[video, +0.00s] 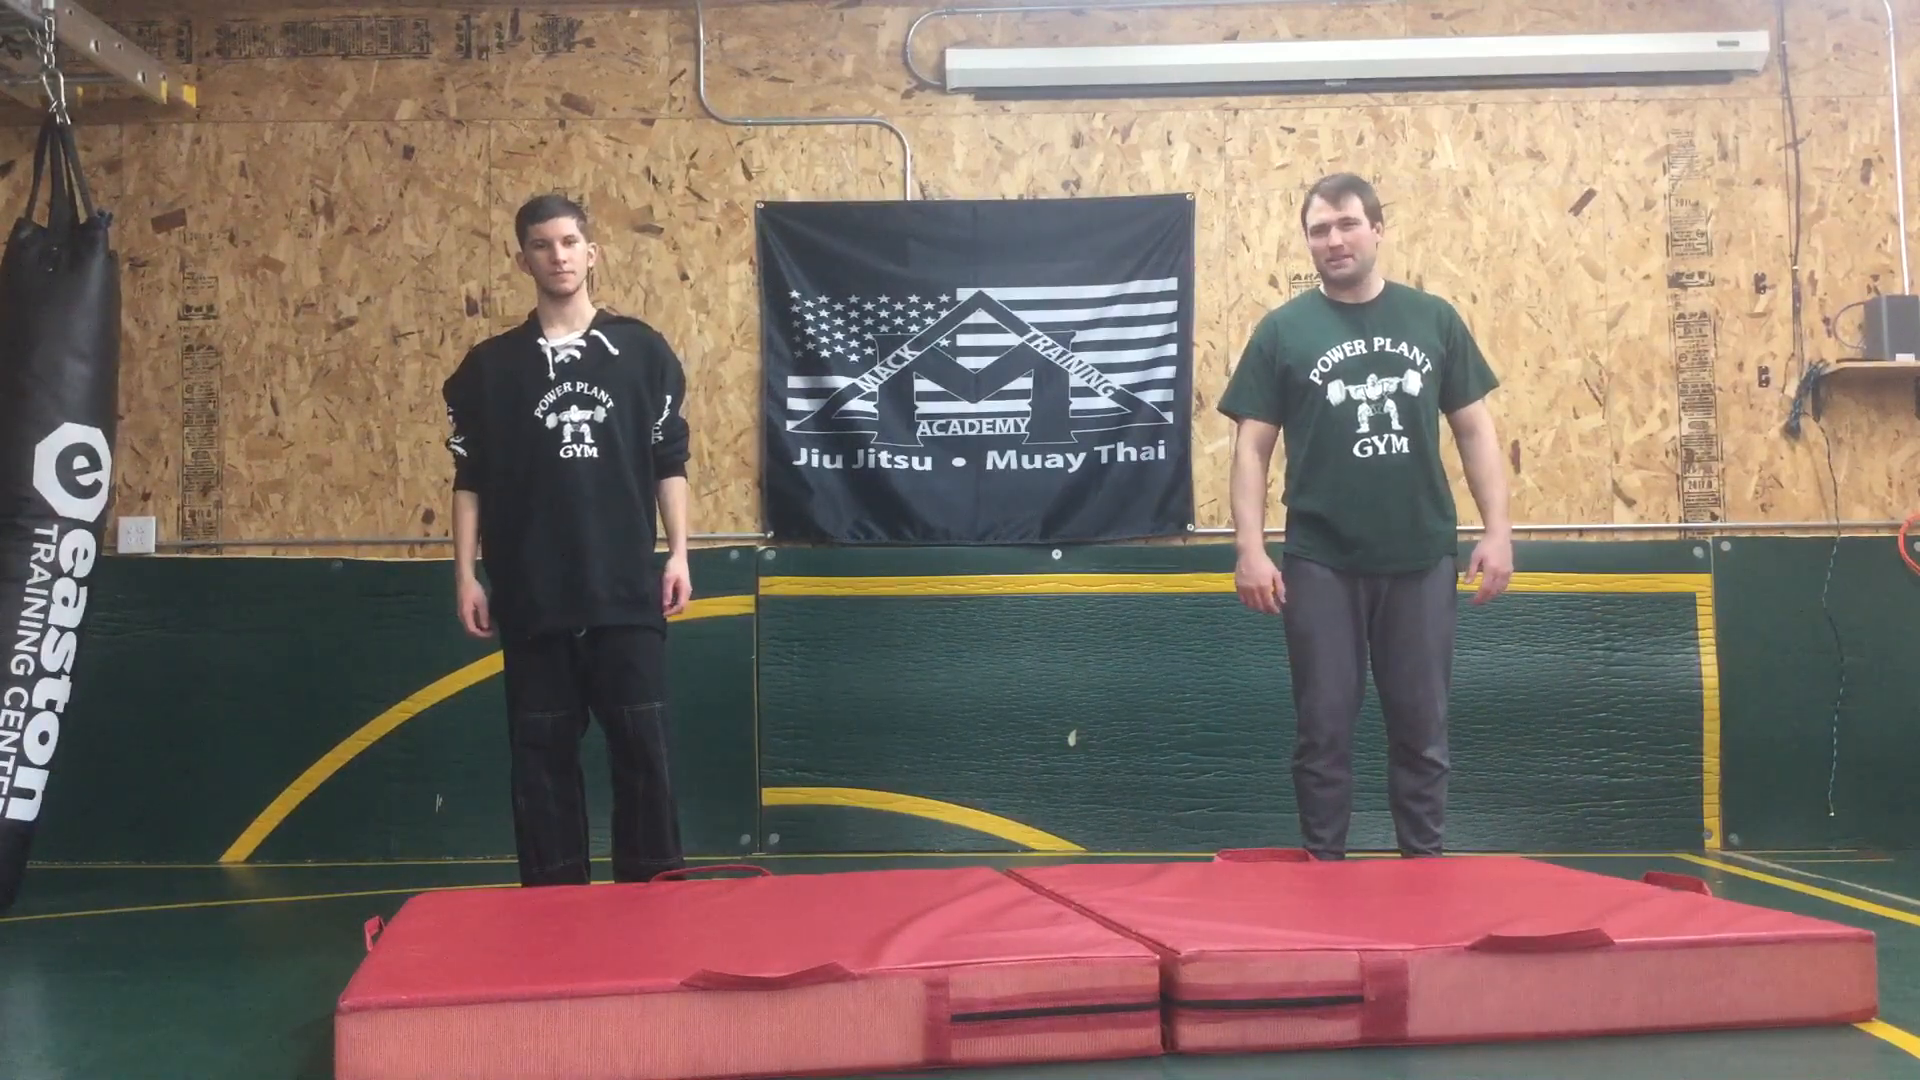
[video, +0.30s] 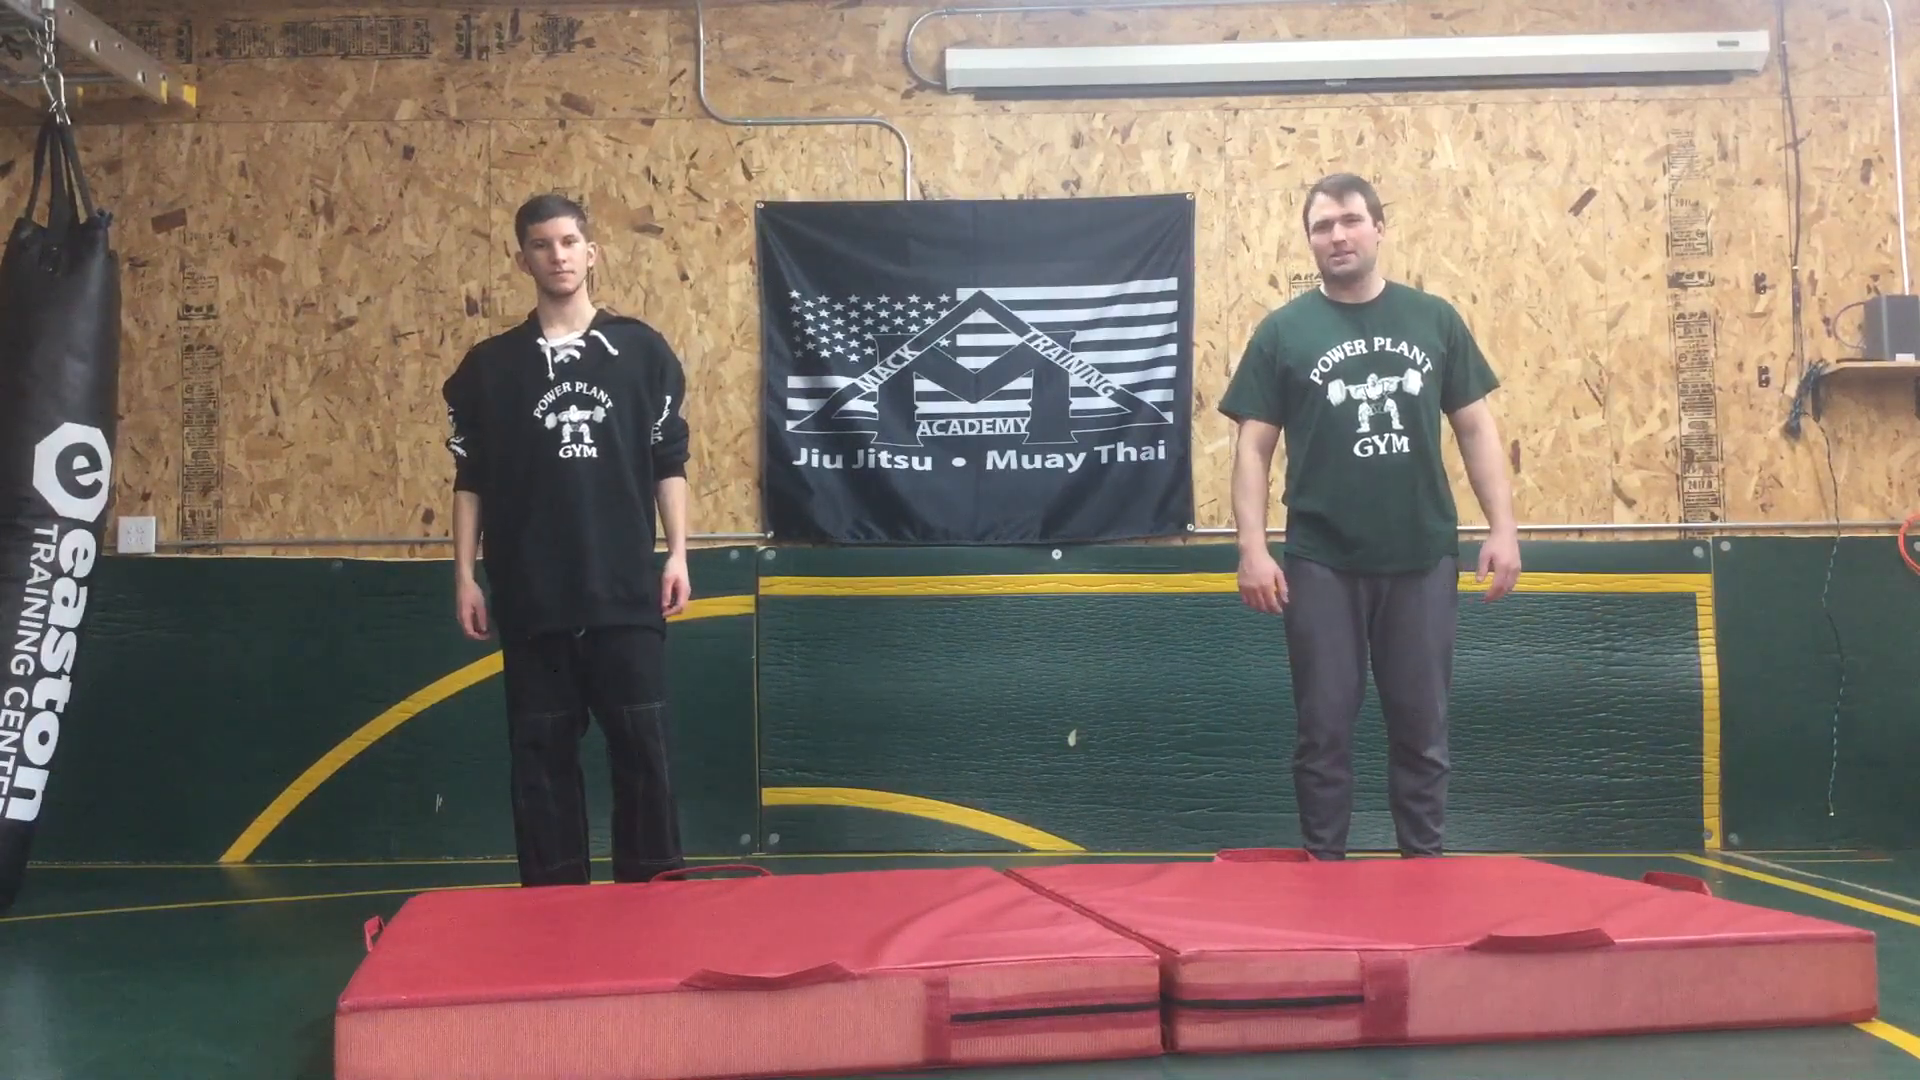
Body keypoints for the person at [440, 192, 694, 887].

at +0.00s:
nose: (559, 256)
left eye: (569, 242)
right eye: (543, 246)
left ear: (590, 250)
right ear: (525, 261)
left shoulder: (643, 350)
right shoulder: (486, 366)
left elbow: (669, 462)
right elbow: (468, 479)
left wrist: (679, 551)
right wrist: (466, 574)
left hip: (625, 585)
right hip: (529, 591)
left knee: (643, 754)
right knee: (542, 764)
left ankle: (653, 906)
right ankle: (554, 914)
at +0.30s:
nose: (558, 255)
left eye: (569, 241)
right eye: (542, 245)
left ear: (590, 250)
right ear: (525, 260)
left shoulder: (643, 350)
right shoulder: (486, 365)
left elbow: (668, 462)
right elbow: (469, 480)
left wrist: (678, 551)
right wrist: (466, 576)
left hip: (625, 586)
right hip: (529, 592)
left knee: (643, 756)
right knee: (541, 764)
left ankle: (653, 906)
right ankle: (554, 914)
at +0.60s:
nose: (557, 255)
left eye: (568, 241)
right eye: (542, 246)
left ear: (590, 250)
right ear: (524, 260)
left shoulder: (642, 350)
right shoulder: (486, 366)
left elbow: (669, 461)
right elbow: (469, 479)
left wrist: (679, 551)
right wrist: (467, 574)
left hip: (625, 584)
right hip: (528, 590)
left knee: (643, 752)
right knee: (541, 761)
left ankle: (652, 902)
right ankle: (554, 911)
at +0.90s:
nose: (558, 254)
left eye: (568, 240)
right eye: (542, 244)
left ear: (590, 249)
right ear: (524, 259)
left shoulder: (643, 349)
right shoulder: (486, 364)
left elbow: (669, 461)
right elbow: (469, 476)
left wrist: (680, 551)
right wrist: (465, 571)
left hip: (626, 583)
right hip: (530, 589)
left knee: (644, 751)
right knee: (542, 760)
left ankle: (653, 903)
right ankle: (554, 912)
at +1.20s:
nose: (559, 253)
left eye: (569, 239)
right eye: (543, 243)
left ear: (592, 249)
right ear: (526, 258)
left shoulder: (644, 350)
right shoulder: (487, 364)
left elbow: (669, 462)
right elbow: (470, 478)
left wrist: (681, 551)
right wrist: (463, 574)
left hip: (628, 585)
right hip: (532, 591)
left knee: (644, 753)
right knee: (543, 762)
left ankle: (653, 905)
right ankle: (554, 913)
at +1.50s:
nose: (560, 250)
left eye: (571, 238)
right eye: (545, 241)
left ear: (593, 250)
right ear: (528, 257)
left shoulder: (645, 349)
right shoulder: (488, 365)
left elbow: (671, 459)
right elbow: (469, 475)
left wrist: (683, 551)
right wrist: (455, 567)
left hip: (627, 583)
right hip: (531, 589)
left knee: (643, 751)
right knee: (543, 758)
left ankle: (652, 903)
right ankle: (553, 910)